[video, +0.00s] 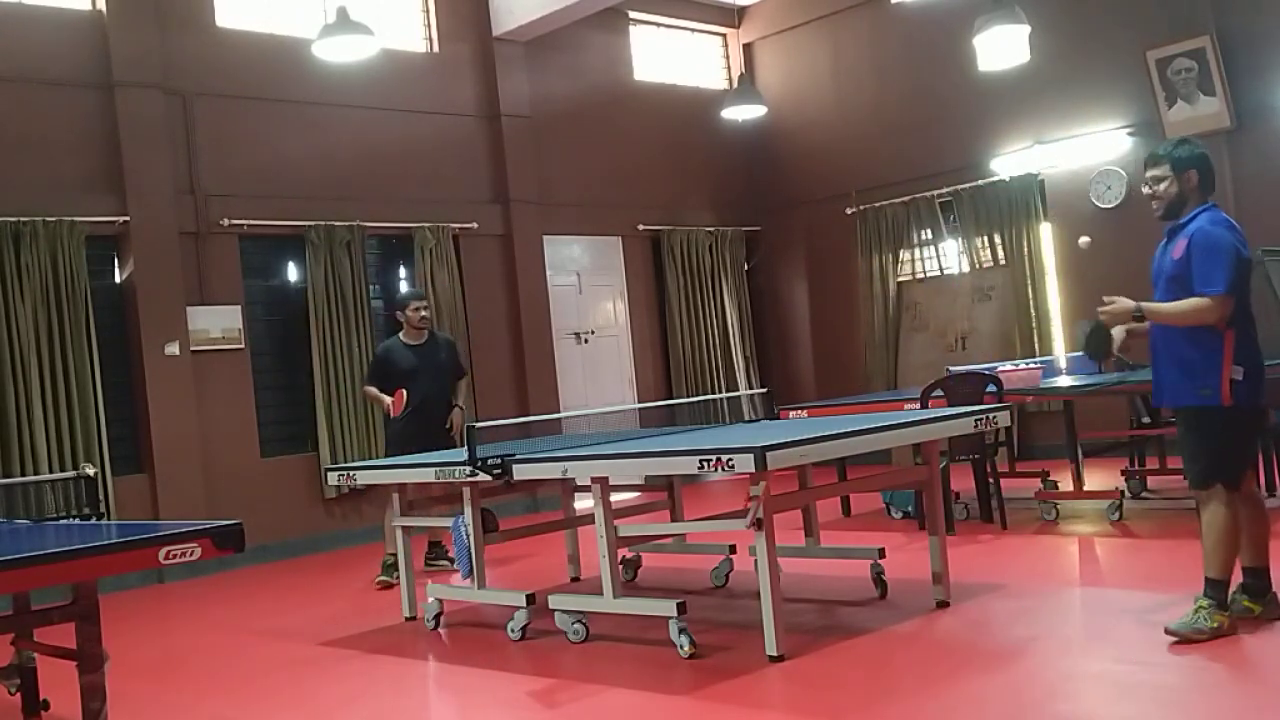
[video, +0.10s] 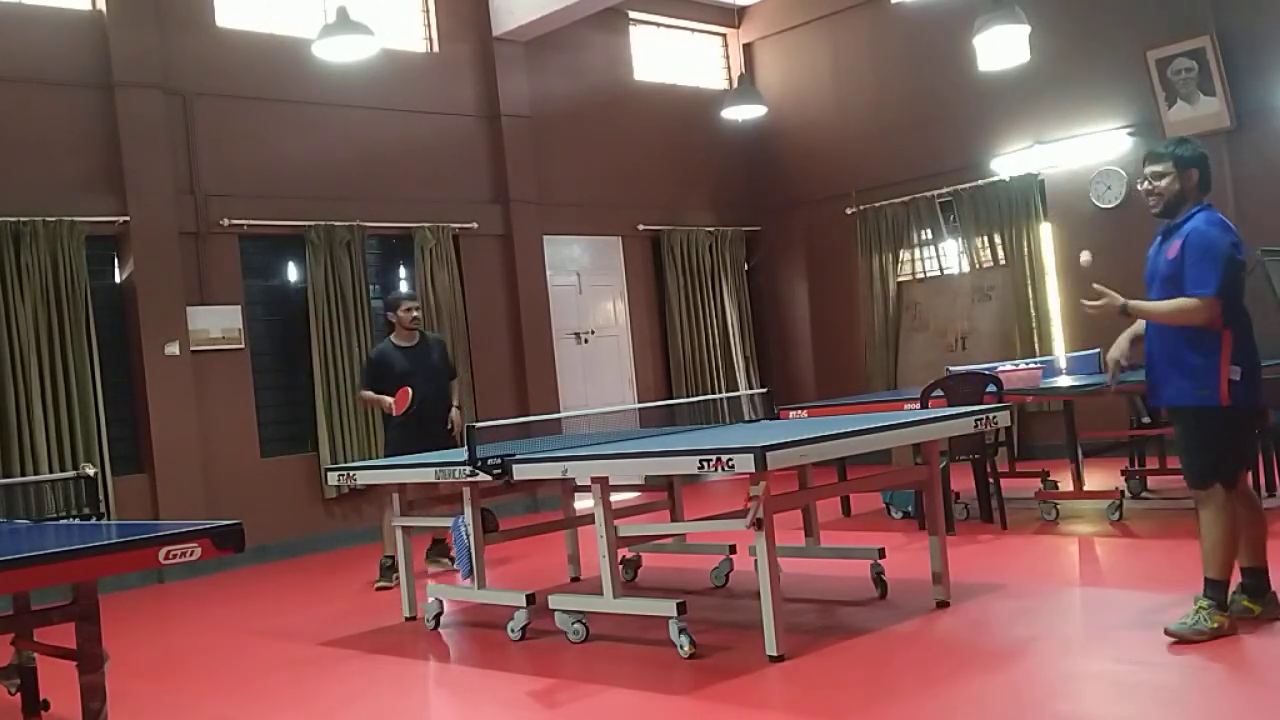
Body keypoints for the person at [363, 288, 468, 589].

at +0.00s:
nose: (423, 314)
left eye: (426, 309)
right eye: (417, 310)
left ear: (431, 312)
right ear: (402, 315)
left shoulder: (445, 344)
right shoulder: (387, 350)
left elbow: (459, 379)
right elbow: (369, 387)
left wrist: (458, 407)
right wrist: (383, 398)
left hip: (439, 435)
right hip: (402, 438)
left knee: (440, 494)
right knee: (398, 499)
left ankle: (435, 549)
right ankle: (391, 561)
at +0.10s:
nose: (415, 315)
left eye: (418, 310)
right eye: (408, 311)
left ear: (422, 312)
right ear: (393, 316)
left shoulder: (435, 344)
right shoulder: (380, 354)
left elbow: (451, 380)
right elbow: (363, 393)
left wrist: (454, 406)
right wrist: (380, 399)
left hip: (437, 435)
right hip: (400, 439)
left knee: (442, 493)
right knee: (394, 500)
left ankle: (438, 547)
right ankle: (389, 562)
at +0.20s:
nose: (409, 314)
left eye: (411, 308)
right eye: (401, 310)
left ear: (414, 312)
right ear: (386, 316)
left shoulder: (431, 341)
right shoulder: (376, 356)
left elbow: (446, 376)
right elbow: (361, 397)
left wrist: (452, 402)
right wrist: (383, 400)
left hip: (438, 434)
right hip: (400, 440)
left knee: (456, 488)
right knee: (393, 501)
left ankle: (455, 533)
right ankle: (389, 562)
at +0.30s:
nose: (409, 312)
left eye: (411, 307)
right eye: (401, 308)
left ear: (416, 311)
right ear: (386, 315)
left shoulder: (430, 341)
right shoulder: (376, 355)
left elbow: (445, 375)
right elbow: (362, 397)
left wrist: (452, 401)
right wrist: (386, 400)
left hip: (438, 435)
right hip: (398, 442)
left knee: (462, 490)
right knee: (394, 500)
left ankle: (477, 545)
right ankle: (389, 562)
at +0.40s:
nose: (414, 312)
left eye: (415, 307)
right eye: (407, 309)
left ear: (419, 311)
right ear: (392, 316)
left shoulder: (436, 341)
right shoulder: (381, 356)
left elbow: (451, 375)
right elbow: (367, 398)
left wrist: (457, 405)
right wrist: (390, 402)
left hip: (443, 436)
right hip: (403, 443)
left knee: (472, 488)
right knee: (397, 501)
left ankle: (496, 544)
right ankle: (389, 563)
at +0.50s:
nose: (423, 314)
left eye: (425, 309)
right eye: (415, 311)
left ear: (430, 312)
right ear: (402, 318)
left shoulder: (450, 343)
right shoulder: (390, 357)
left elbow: (465, 380)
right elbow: (378, 398)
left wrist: (469, 412)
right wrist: (398, 405)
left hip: (452, 437)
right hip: (410, 444)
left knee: (478, 494)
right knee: (401, 502)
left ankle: (503, 549)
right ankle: (390, 562)